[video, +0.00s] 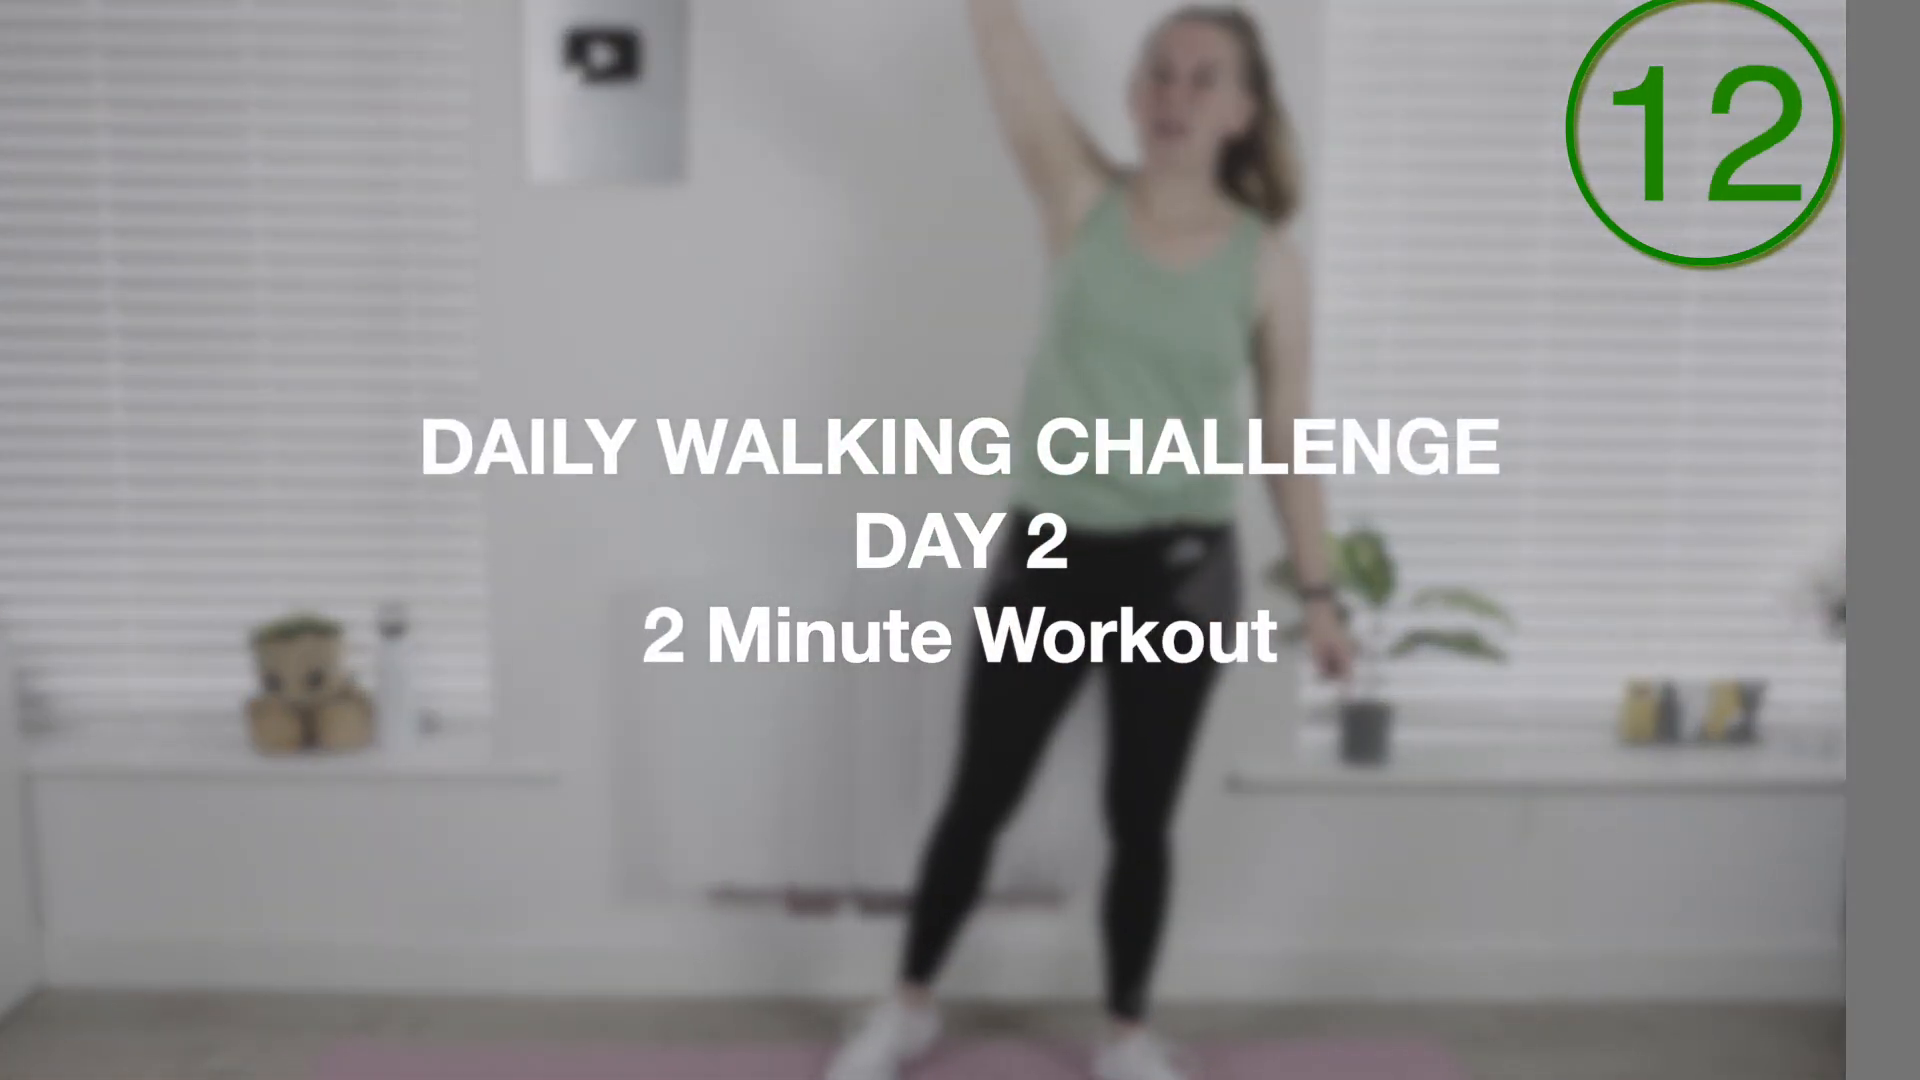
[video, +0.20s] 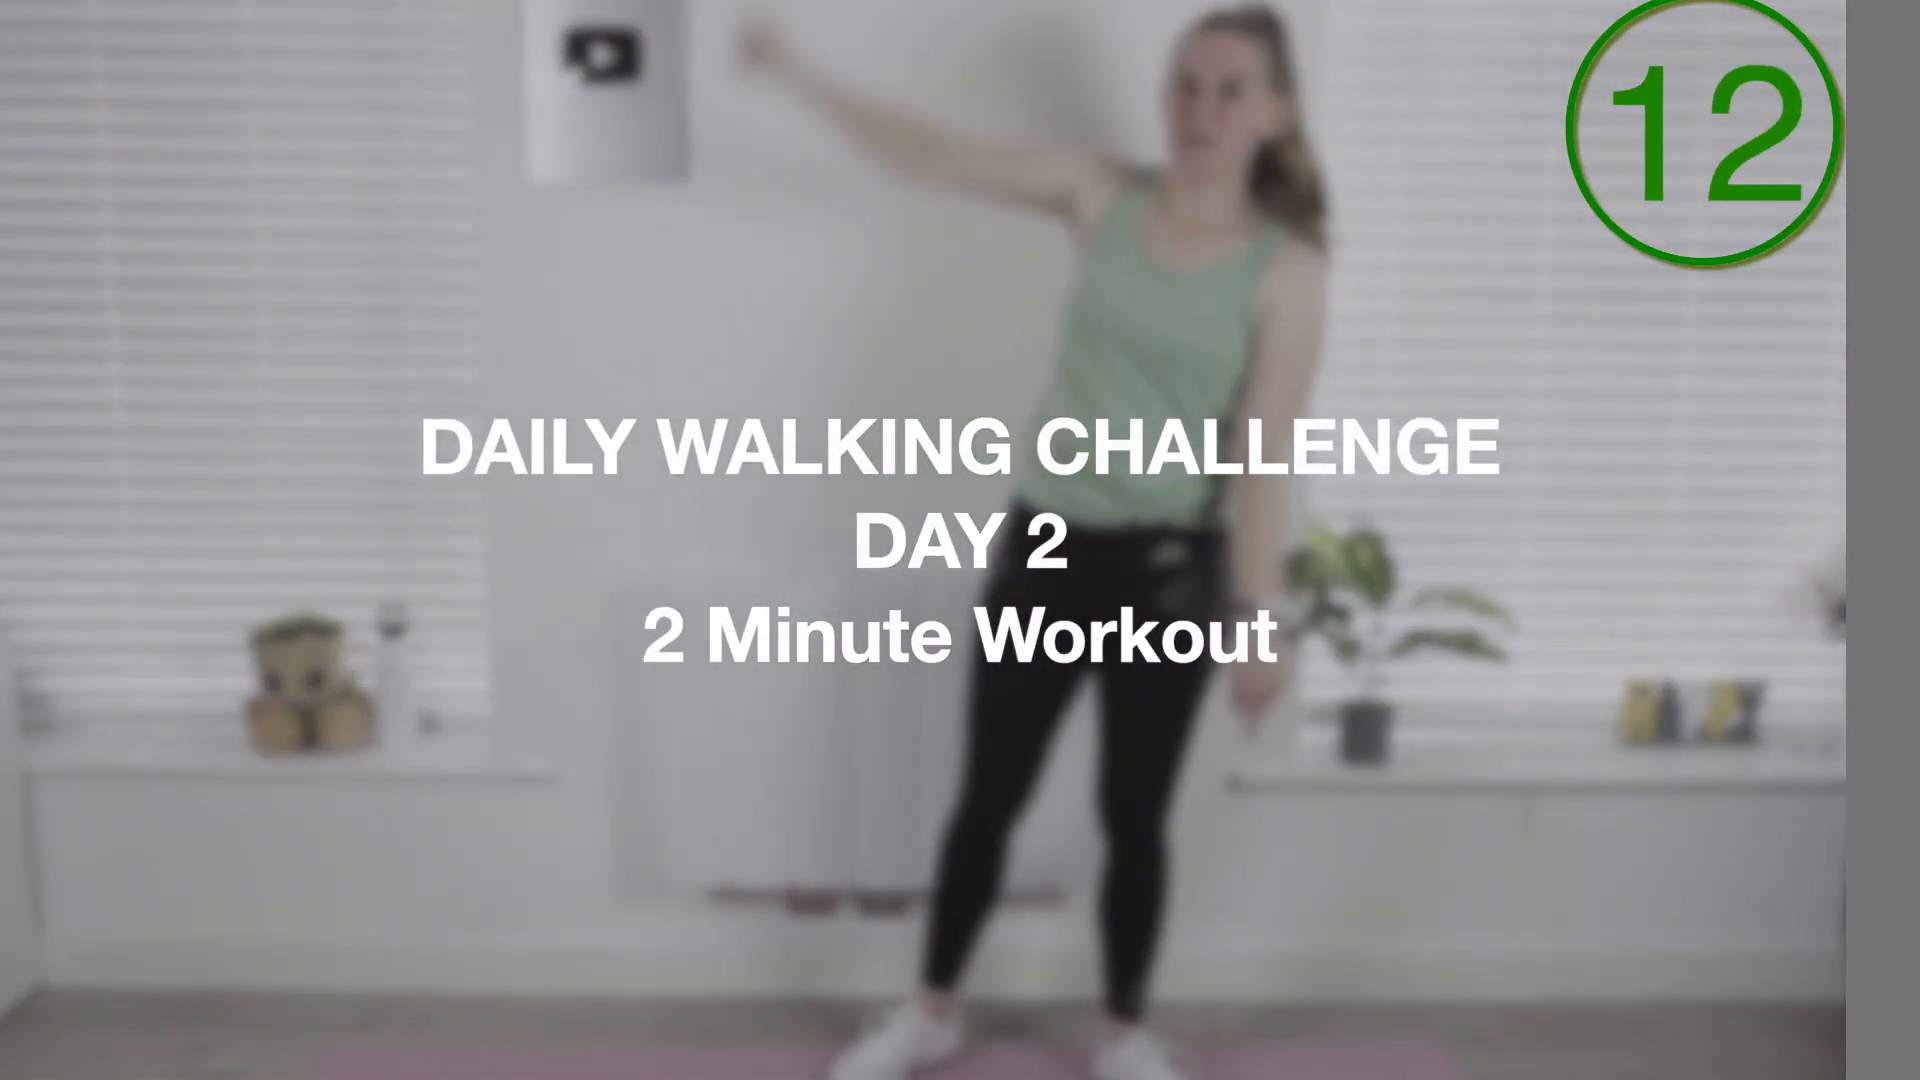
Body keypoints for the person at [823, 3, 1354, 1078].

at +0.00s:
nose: (1175, 95)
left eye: (1205, 79)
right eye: (1160, 74)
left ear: (1247, 108)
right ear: (1135, 91)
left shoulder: (1262, 258)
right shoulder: (1081, 194)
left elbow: (1287, 441)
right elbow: (998, 31)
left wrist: (1319, 592)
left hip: (1181, 553)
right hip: (1050, 540)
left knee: (1141, 811)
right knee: (982, 789)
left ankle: (1127, 1030)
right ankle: (909, 1005)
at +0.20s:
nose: (1200, 110)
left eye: (1230, 92)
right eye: (1186, 87)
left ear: (1276, 115)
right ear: (1165, 97)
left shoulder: (1283, 266)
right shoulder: (1099, 190)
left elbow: (1265, 456)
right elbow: (928, 154)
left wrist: (1258, 620)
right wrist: (788, 68)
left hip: (1173, 555)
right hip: (1047, 534)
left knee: (1135, 809)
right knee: (991, 790)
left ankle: (1125, 1032)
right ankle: (932, 1010)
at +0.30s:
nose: (1209, 123)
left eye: (1240, 108)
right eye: (1195, 99)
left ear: (1285, 128)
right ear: (1172, 103)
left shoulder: (1281, 277)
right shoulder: (1099, 210)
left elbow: (1244, 453)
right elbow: (957, 291)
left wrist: (1189, 599)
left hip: (1163, 553)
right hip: (1042, 534)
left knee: (1133, 813)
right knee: (983, 790)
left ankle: (1125, 1034)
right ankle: (928, 1011)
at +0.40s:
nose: (1201, 114)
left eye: (1232, 99)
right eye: (1189, 88)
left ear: (1271, 131)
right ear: (1158, 98)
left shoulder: (1272, 272)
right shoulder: (1081, 215)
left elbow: (1229, 453)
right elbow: (1013, 364)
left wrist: (1129, 568)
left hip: (1163, 545)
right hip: (1035, 531)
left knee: (1130, 811)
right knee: (961, 787)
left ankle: (1125, 1031)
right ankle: (908, 1005)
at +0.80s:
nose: (1063, 100)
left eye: (1091, 83)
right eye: (1047, 76)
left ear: (1128, 108)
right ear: (1014, 89)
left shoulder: (1152, 256)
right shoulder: (955, 227)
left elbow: (1157, 454)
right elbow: (913, 396)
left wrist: (1139, 620)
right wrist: (873, 541)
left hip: (1078, 565)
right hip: (952, 561)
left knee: (1092, 810)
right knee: (925, 806)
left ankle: (1121, 1030)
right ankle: (874, 1039)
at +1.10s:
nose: (950, 110)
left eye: (973, 89)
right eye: (930, 88)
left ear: (1003, 101)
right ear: (894, 95)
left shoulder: (1054, 245)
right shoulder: (839, 239)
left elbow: (1105, 426)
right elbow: (767, 405)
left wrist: (1157, 576)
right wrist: (702, 547)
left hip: (992, 565)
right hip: (856, 561)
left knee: (1034, 819)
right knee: (861, 813)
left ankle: (1073, 1029)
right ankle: (860, 1041)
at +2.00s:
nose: (1016, 191)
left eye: (1030, 170)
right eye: (991, 173)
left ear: (1048, 177)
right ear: (948, 188)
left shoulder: (1094, 307)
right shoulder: (907, 308)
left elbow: (1131, 455)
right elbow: (859, 454)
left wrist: (1136, 569)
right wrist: (844, 586)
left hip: (1057, 582)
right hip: (935, 578)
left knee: (1071, 802)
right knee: (915, 780)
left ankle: (1122, 998)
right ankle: (883, 947)